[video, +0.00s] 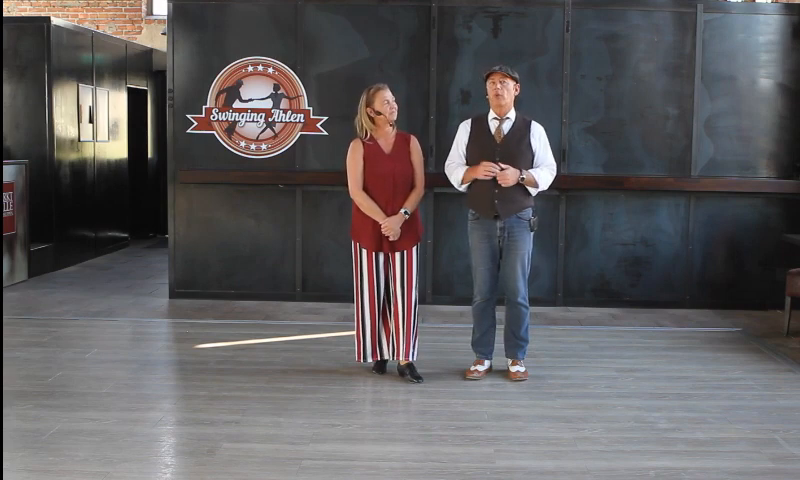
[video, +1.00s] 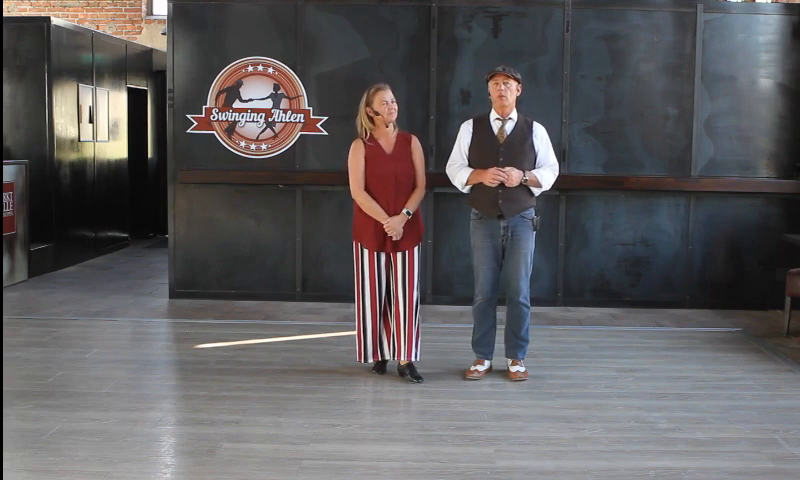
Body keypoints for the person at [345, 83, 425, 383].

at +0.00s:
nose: (393, 105)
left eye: (393, 101)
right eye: (386, 103)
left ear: (396, 105)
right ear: (371, 110)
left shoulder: (410, 142)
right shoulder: (359, 146)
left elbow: (420, 187)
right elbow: (355, 191)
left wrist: (401, 216)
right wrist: (386, 221)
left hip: (404, 230)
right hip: (370, 231)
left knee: (405, 295)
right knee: (373, 295)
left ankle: (406, 359)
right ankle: (379, 355)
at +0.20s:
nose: (393, 106)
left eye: (393, 101)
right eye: (386, 103)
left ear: (396, 106)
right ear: (370, 111)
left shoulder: (411, 142)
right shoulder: (359, 146)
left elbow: (420, 186)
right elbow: (356, 191)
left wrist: (402, 216)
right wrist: (387, 221)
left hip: (405, 230)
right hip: (370, 232)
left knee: (406, 295)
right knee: (373, 295)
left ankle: (406, 359)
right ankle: (379, 356)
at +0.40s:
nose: (392, 106)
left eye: (393, 101)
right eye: (385, 104)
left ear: (397, 105)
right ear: (370, 112)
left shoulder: (411, 142)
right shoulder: (359, 146)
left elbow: (421, 186)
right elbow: (356, 191)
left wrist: (403, 216)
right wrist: (388, 221)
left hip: (405, 230)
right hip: (371, 232)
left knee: (406, 295)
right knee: (374, 295)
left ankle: (406, 359)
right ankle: (379, 355)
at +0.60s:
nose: (391, 106)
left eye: (392, 101)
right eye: (384, 104)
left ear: (397, 105)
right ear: (370, 111)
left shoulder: (411, 142)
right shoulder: (360, 146)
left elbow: (421, 186)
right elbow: (357, 191)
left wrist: (404, 216)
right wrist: (388, 220)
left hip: (406, 230)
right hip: (371, 232)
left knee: (407, 296)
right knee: (374, 295)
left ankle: (406, 359)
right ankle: (379, 355)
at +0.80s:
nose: (391, 106)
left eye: (393, 101)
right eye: (384, 103)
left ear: (397, 105)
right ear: (370, 111)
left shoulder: (411, 142)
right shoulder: (360, 146)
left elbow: (421, 186)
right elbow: (357, 191)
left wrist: (404, 216)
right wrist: (388, 221)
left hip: (406, 230)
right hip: (371, 231)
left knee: (407, 295)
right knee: (374, 295)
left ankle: (406, 359)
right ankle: (379, 355)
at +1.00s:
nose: (392, 106)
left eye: (393, 102)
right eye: (385, 103)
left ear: (398, 106)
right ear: (370, 110)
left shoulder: (411, 142)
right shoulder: (360, 146)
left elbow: (421, 186)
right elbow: (357, 191)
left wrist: (403, 216)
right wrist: (389, 221)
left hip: (406, 230)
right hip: (371, 232)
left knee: (406, 296)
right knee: (374, 295)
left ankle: (406, 359)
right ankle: (379, 355)